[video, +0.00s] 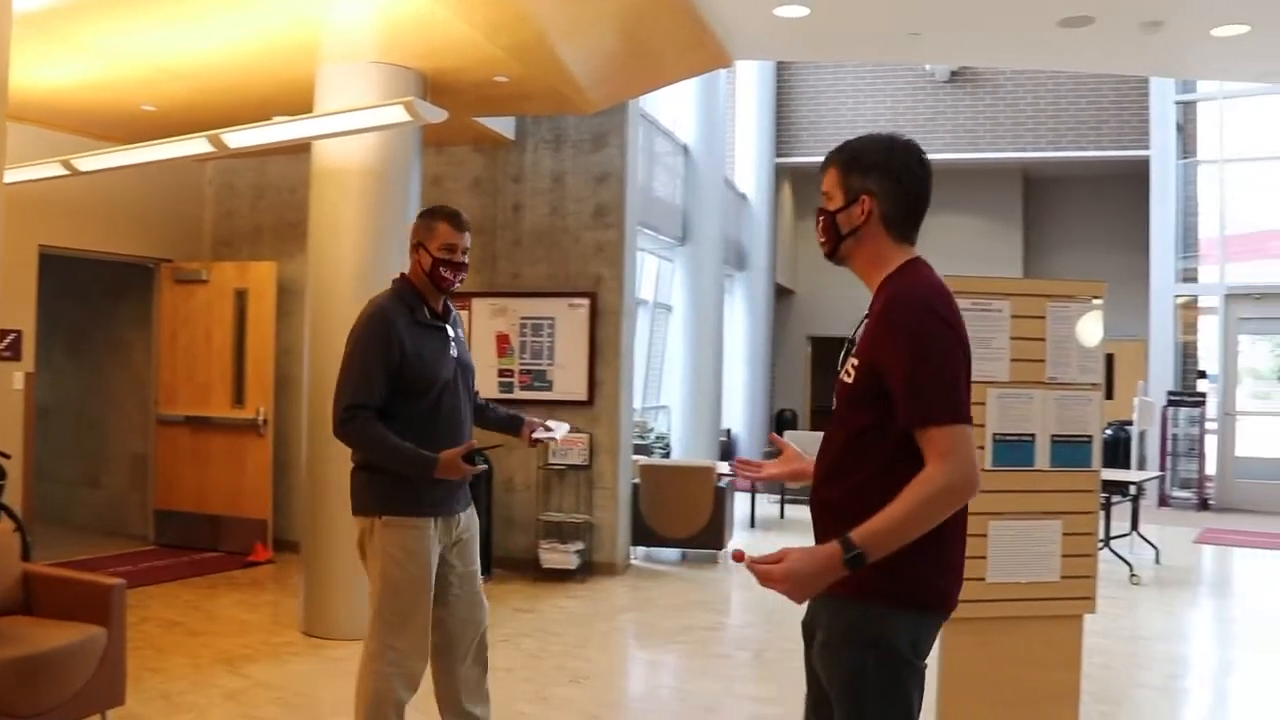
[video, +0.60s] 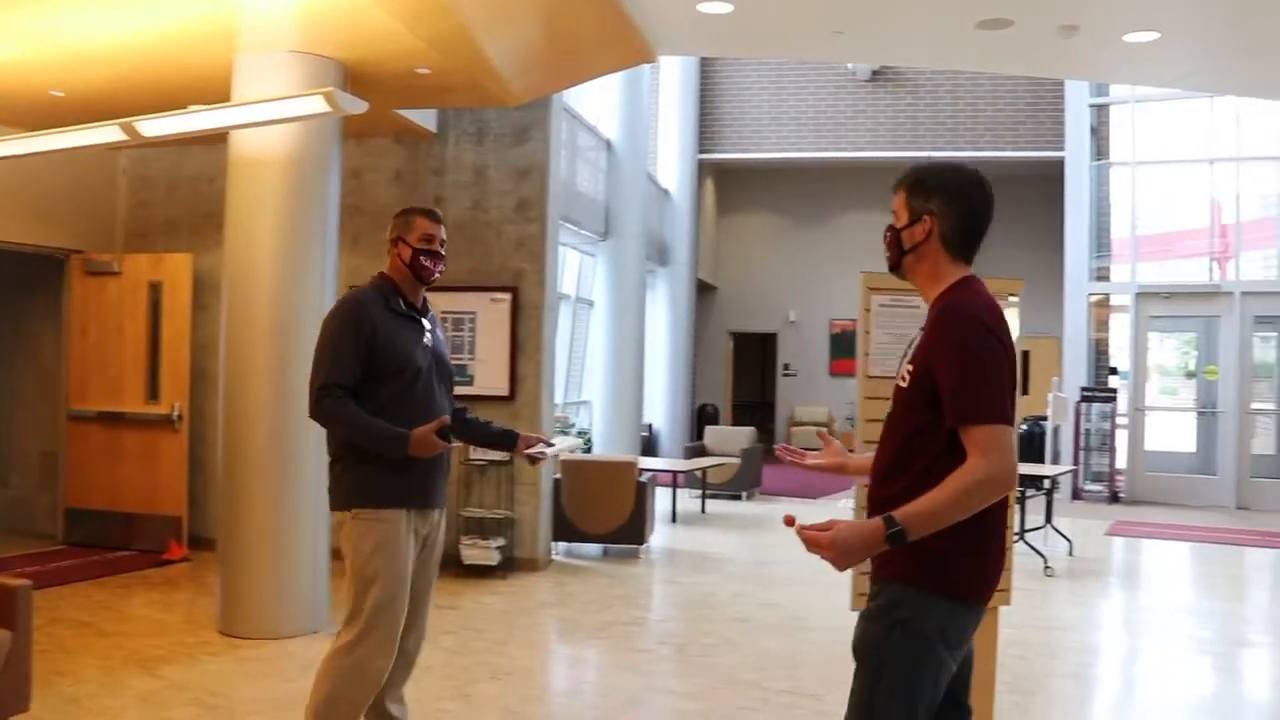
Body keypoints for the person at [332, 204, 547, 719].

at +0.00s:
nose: (458, 265)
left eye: (464, 256)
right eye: (448, 254)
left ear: (466, 259)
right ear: (416, 251)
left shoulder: (448, 320)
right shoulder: (382, 317)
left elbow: (462, 404)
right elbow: (350, 420)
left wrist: (520, 424)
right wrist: (431, 463)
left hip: (456, 508)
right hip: (399, 515)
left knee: (464, 641)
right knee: (397, 653)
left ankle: (469, 717)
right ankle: (378, 718)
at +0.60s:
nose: (436, 256)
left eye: (442, 249)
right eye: (426, 246)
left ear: (444, 256)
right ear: (395, 247)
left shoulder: (426, 321)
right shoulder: (357, 310)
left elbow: (443, 413)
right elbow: (326, 402)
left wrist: (512, 440)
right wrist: (404, 439)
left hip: (426, 501)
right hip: (375, 500)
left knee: (406, 634)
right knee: (374, 633)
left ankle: (383, 713)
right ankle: (326, 717)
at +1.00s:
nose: (406, 256)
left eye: (412, 249)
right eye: (398, 245)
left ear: (412, 253)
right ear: (366, 240)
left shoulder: (386, 316)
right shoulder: (320, 301)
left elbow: (395, 414)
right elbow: (279, 393)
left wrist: (446, 469)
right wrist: (357, 445)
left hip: (371, 495)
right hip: (324, 494)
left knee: (330, 632)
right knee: (342, 638)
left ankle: (318, 714)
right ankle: (348, 716)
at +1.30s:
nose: (377, 249)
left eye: (381, 241)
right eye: (366, 238)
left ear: (381, 246)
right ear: (331, 238)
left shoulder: (353, 311)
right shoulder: (295, 303)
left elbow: (362, 414)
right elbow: (266, 408)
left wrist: (378, 502)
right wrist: (347, 463)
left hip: (337, 499)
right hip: (302, 501)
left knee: (290, 636)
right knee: (320, 650)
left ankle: (275, 716)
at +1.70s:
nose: (347, 238)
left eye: (351, 228)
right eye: (336, 225)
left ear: (352, 229)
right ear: (298, 224)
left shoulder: (324, 295)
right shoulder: (264, 297)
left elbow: (325, 399)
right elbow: (236, 417)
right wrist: (327, 474)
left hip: (319, 506)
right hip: (283, 508)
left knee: (279, 661)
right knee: (295, 672)